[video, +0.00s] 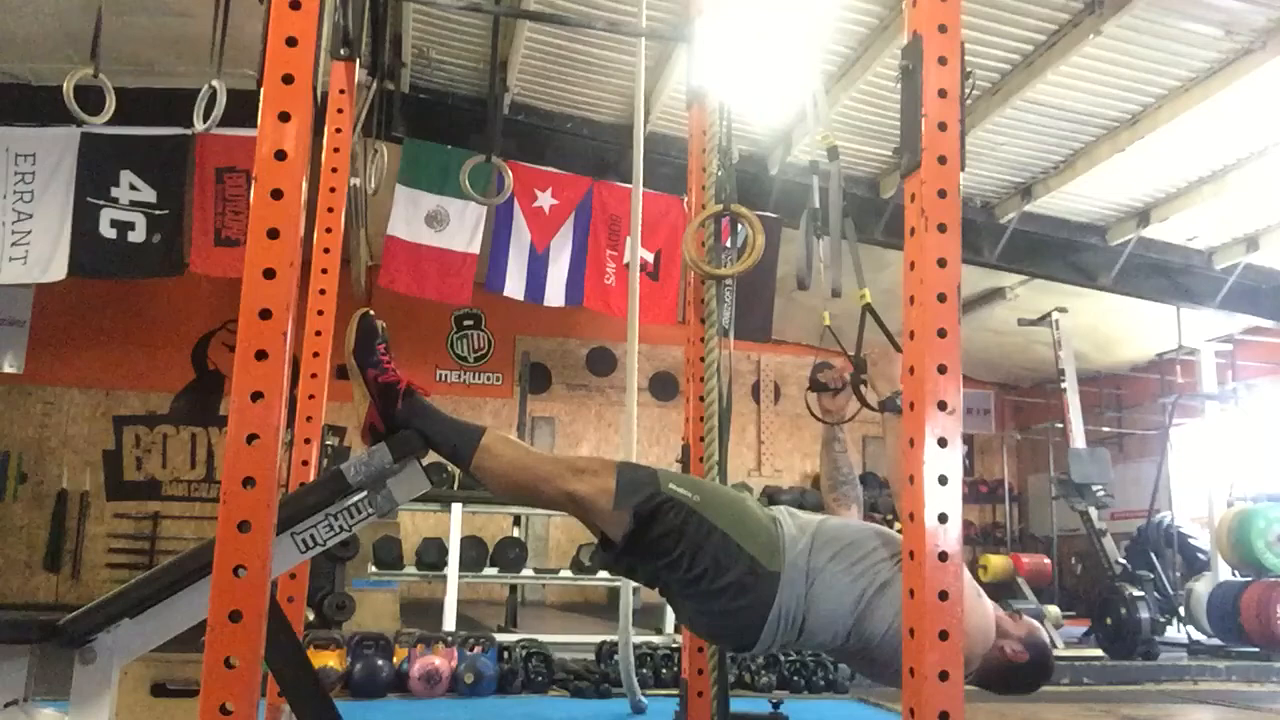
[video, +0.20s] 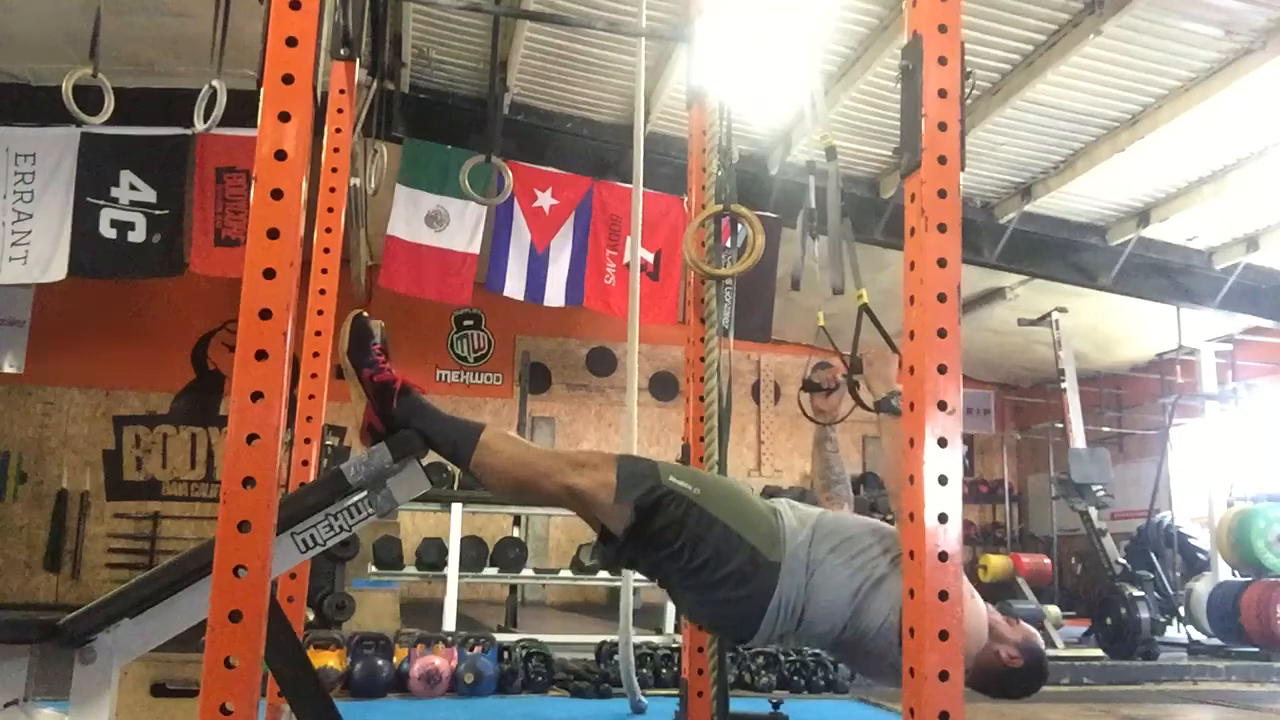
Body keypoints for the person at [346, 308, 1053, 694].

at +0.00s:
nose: (1015, 622)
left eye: (1019, 636)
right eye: (1024, 625)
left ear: (999, 656)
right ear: (1000, 632)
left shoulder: (968, 624)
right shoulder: (936, 621)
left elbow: (929, 537)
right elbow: (847, 512)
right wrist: (835, 415)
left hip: (764, 563)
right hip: (761, 552)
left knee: (596, 482)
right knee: (585, 488)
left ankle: (404, 406)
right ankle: (412, 444)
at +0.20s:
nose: (1008, 625)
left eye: (1014, 638)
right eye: (1017, 628)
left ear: (995, 660)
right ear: (994, 638)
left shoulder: (963, 623)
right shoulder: (930, 637)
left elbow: (930, 528)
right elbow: (858, 519)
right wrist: (832, 417)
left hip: (770, 556)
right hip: (761, 562)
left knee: (607, 476)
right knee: (586, 488)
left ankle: (401, 405)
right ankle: (414, 430)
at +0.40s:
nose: (1002, 629)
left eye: (1008, 643)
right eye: (1013, 632)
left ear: (989, 662)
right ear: (994, 635)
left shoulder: (952, 624)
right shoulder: (929, 636)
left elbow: (926, 537)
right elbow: (880, 515)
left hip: (767, 553)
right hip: (759, 545)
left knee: (598, 473)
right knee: (586, 479)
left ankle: (401, 406)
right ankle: (415, 430)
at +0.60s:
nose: (997, 630)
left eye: (1003, 646)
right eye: (1008, 631)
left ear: (983, 668)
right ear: (991, 623)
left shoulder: (943, 632)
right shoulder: (931, 592)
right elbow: (870, 506)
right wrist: (836, 417)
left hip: (767, 556)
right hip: (759, 548)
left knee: (604, 476)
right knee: (587, 484)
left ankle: (405, 409)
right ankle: (410, 422)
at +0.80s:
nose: (992, 634)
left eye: (997, 652)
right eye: (1002, 634)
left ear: (977, 671)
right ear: (988, 619)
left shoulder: (935, 653)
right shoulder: (938, 596)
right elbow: (915, 510)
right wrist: (894, 419)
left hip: (766, 565)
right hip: (760, 532)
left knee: (608, 478)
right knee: (584, 487)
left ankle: (403, 408)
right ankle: (408, 428)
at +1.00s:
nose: (987, 628)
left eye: (992, 643)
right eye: (998, 632)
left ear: (973, 658)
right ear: (978, 636)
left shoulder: (941, 622)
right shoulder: (919, 641)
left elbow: (924, 516)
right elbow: (910, 511)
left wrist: (903, 414)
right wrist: (896, 419)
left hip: (765, 550)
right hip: (755, 577)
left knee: (598, 477)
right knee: (582, 491)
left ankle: (404, 408)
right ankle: (412, 437)